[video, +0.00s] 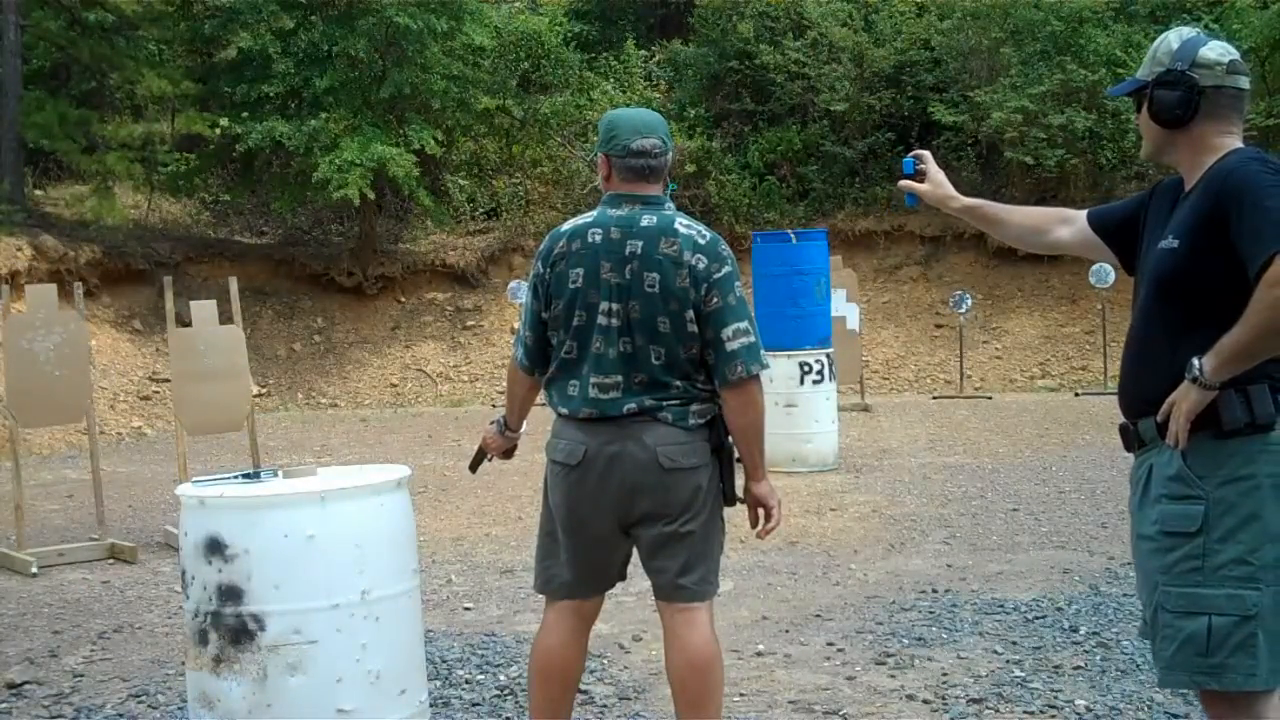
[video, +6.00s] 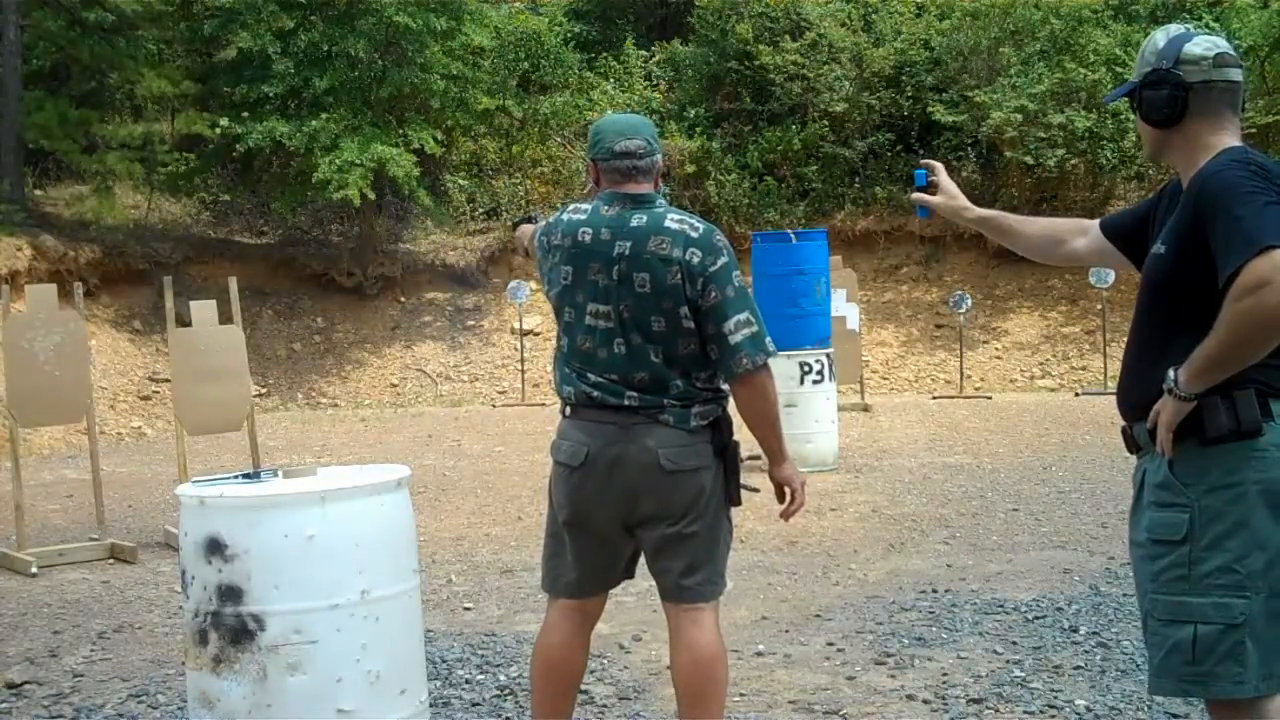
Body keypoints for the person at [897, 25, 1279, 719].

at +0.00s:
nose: (1138, 115)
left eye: (1144, 100)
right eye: (1139, 102)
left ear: (1174, 101)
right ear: (1213, 102)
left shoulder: (1247, 179)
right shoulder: (1167, 200)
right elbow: (1061, 229)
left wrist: (1209, 374)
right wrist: (954, 203)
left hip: (1226, 456)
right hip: (1178, 456)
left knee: (1237, 690)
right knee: (1227, 683)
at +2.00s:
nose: (1149, 116)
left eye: (1153, 101)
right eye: (1149, 102)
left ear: (1181, 102)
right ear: (1228, 100)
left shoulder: (1245, 179)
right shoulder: (1198, 194)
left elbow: (1273, 281)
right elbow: (1095, 237)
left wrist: (1196, 381)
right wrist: (981, 211)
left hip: (1229, 463)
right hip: (1210, 458)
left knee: (1244, 691)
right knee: (1241, 684)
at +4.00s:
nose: (1146, 115)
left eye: (1150, 101)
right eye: (1147, 101)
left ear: (1176, 103)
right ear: (1224, 101)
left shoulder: (1242, 180)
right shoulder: (1189, 196)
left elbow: (1274, 284)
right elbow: (1084, 238)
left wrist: (1193, 382)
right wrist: (975, 212)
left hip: (1223, 462)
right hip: (1206, 457)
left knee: (1241, 690)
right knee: (1240, 683)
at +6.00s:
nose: (1137, 118)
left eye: (1141, 103)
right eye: (1137, 103)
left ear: (1163, 104)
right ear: (1223, 101)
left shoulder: (1233, 180)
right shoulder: (1185, 194)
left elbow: (1268, 287)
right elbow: (1079, 239)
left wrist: (1184, 386)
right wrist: (968, 213)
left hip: (1221, 462)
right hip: (1211, 456)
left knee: (1238, 692)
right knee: (1242, 685)